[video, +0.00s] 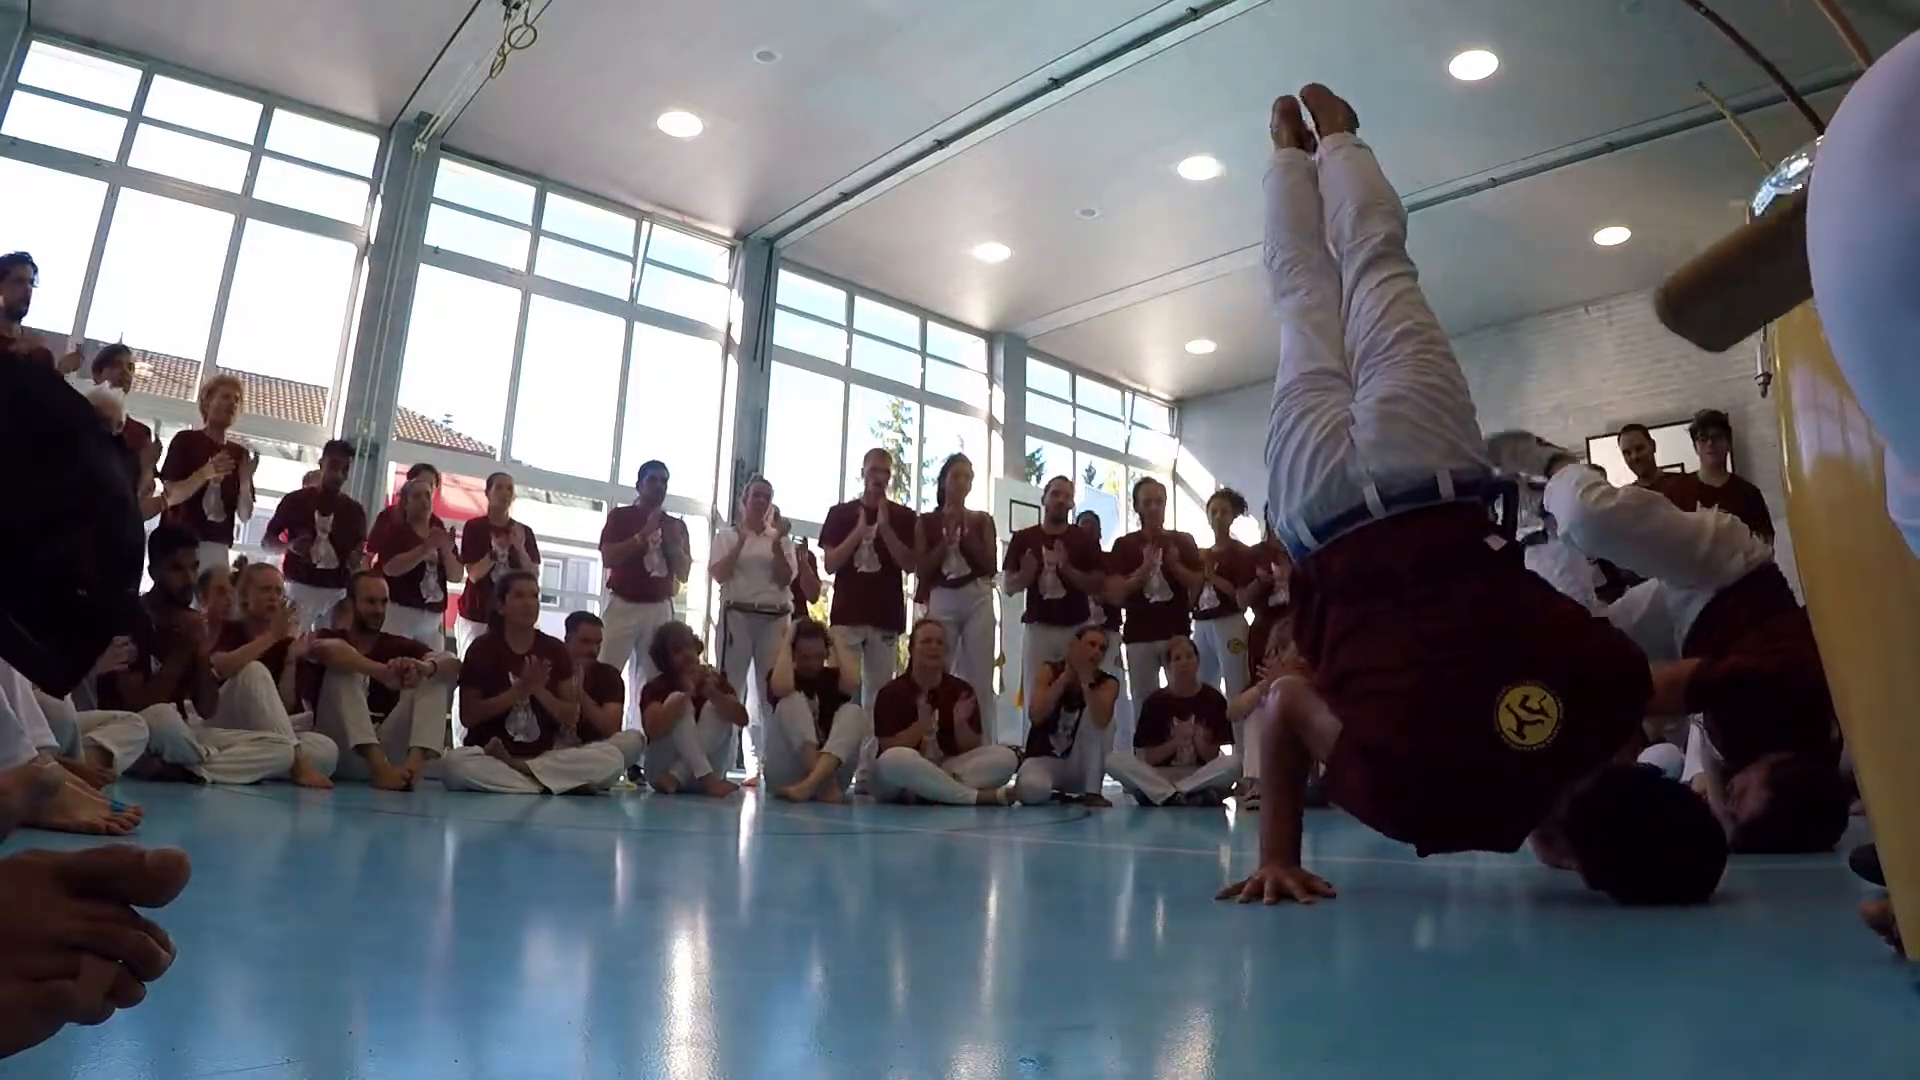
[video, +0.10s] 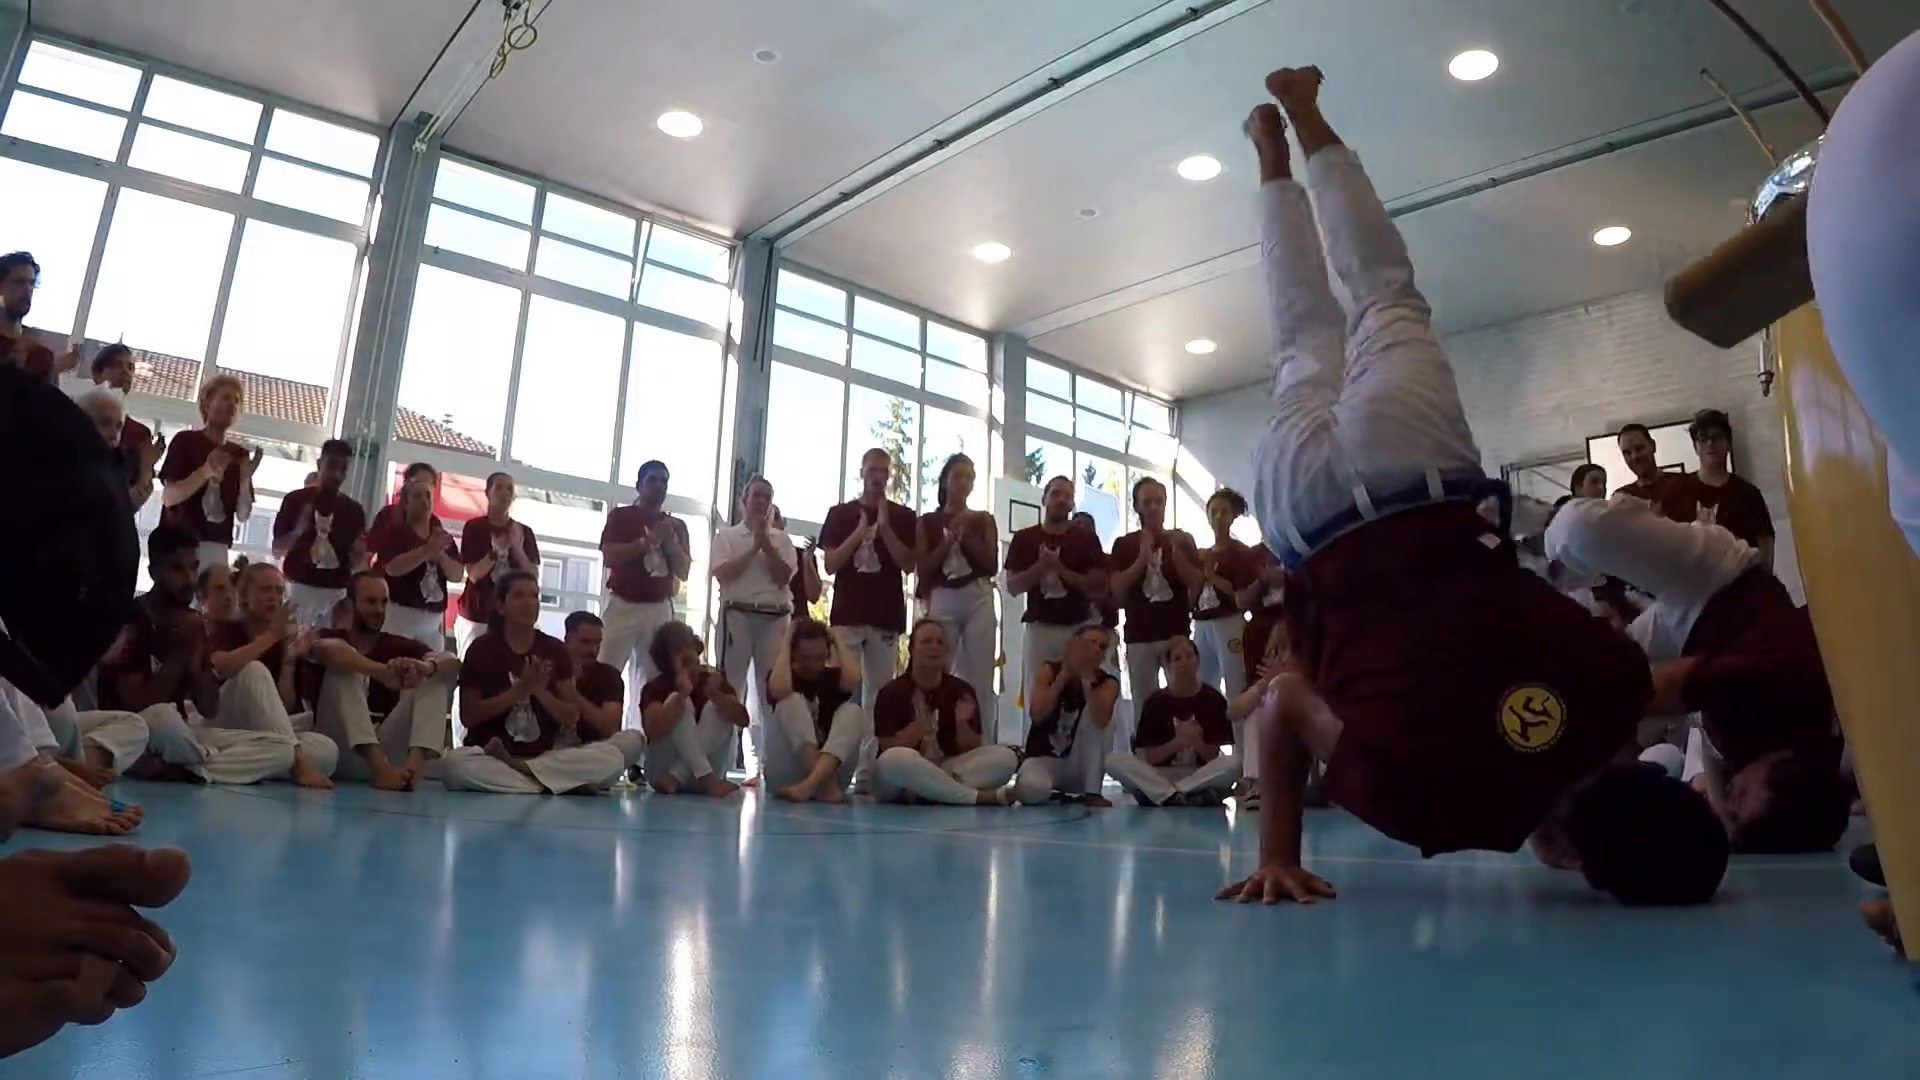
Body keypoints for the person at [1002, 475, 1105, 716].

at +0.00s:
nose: (1062, 500)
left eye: (1067, 496)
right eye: (1056, 493)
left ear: (1073, 503)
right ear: (1044, 498)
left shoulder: (1085, 539)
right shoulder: (1023, 538)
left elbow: (1096, 585)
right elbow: (1008, 586)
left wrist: (1066, 569)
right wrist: (1025, 575)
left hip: (1077, 629)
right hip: (1039, 629)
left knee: (1077, 701)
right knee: (1035, 701)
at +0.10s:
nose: (1062, 499)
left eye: (1068, 495)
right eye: (1057, 493)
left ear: (1073, 503)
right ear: (1044, 498)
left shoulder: (1085, 537)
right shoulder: (1024, 537)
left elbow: (1099, 586)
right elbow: (1013, 586)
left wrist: (1059, 569)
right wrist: (1041, 567)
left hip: (1078, 629)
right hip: (1039, 629)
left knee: (1078, 703)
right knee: (1036, 703)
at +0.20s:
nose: (1062, 499)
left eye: (1068, 495)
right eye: (1056, 494)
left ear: (1074, 502)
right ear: (1045, 499)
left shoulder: (1088, 540)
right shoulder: (1026, 538)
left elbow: (1101, 586)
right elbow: (1013, 586)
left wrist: (1062, 568)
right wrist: (1041, 565)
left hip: (1080, 630)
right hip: (1040, 629)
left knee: (1082, 704)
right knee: (1037, 705)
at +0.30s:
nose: (1062, 499)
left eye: (1068, 495)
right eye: (1057, 494)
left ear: (1074, 501)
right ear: (1045, 499)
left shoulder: (1089, 540)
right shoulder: (1026, 538)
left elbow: (1101, 589)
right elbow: (1011, 587)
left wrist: (1074, 566)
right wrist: (1030, 567)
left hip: (1082, 631)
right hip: (1041, 630)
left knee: (1082, 705)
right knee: (1037, 704)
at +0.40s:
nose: (1063, 497)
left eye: (1069, 493)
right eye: (1058, 492)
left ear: (1075, 500)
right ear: (1046, 498)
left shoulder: (1090, 540)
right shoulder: (1027, 537)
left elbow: (1101, 590)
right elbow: (1015, 585)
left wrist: (1071, 567)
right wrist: (1037, 565)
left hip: (1082, 631)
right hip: (1041, 629)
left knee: (1081, 703)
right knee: (1037, 702)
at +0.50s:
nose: (1064, 497)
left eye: (1069, 493)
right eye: (1058, 492)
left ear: (1075, 500)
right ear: (1047, 498)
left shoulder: (1091, 540)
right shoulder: (1027, 537)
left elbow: (1101, 589)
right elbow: (1018, 584)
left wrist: (1063, 569)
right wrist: (1047, 564)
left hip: (1082, 629)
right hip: (1042, 629)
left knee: (1082, 702)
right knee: (1038, 701)